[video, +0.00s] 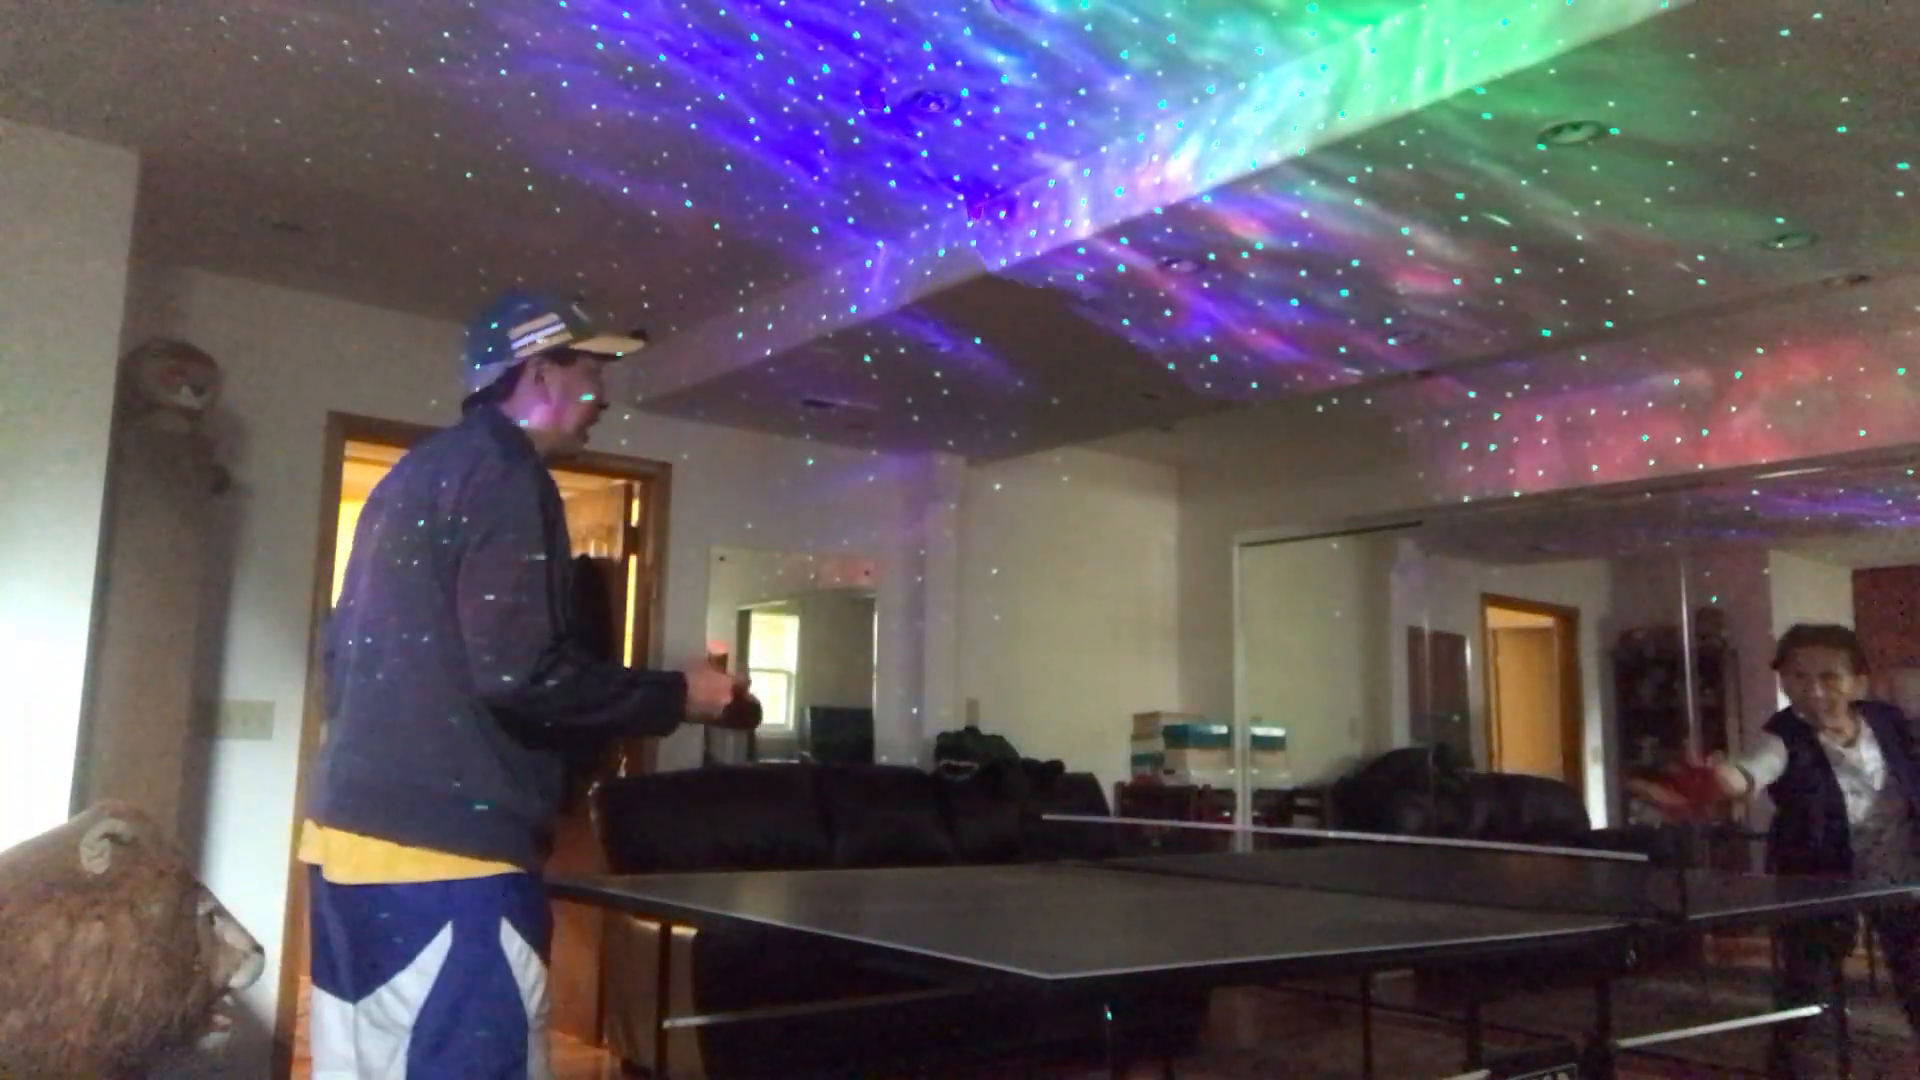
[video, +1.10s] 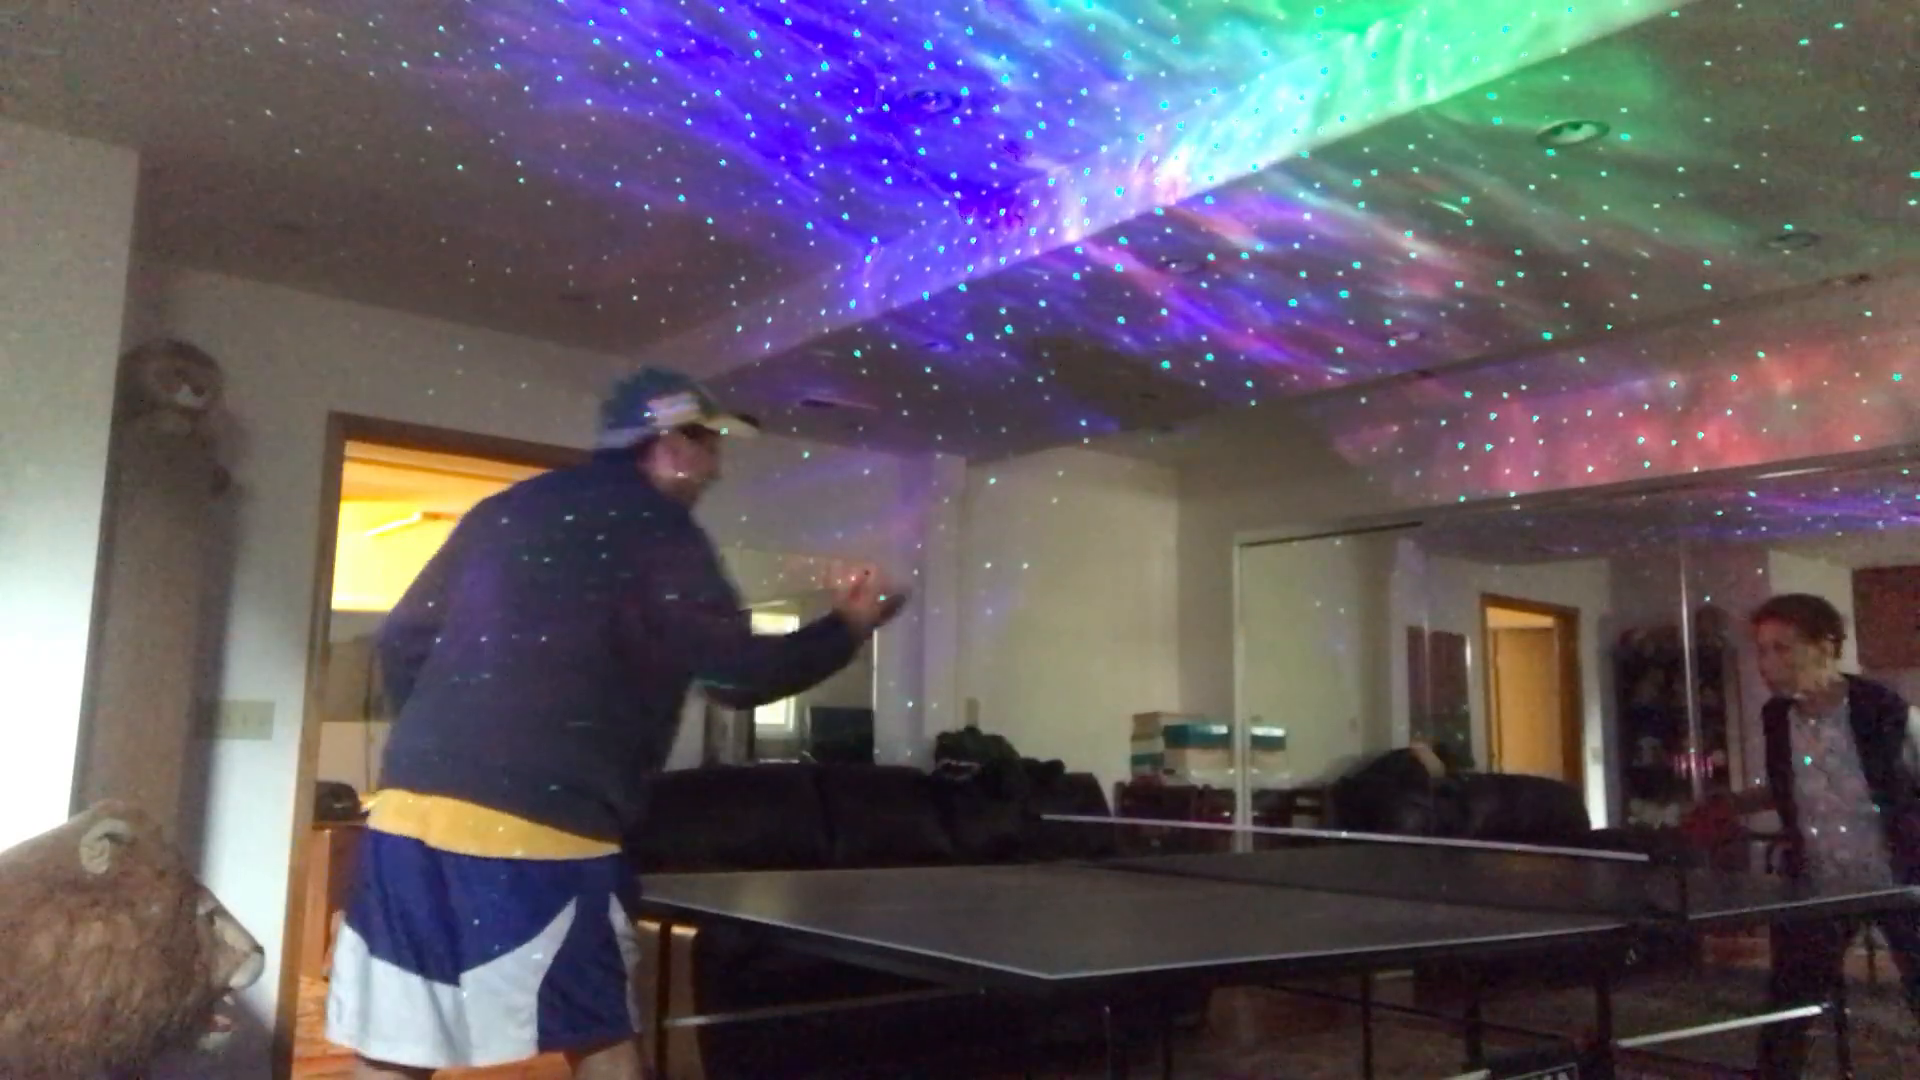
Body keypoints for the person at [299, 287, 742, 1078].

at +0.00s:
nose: (601, 399)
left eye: (600, 378)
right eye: (592, 376)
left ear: (524, 376)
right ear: (539, 374)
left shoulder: (409, 471)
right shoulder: (508, 477)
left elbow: (343, 642)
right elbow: (517, 670)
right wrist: (677, 695)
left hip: (355, 841)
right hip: (453, 853)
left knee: (363, 1061)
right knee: (472, 1061)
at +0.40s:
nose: (663, 461)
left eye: (663, 443)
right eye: (651, 438)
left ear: (590, 437)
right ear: (599, 437)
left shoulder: (444, 505)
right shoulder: (576, 527)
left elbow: (333, 641)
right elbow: (601, 718)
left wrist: (351, 771)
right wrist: (732, 783)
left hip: (317, 823)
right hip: (445, 830)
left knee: (322, 1062)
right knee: (552, 1053)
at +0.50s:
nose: (696, 501)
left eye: (698, 481)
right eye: (690, 478)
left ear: (597, 469)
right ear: (645, 474)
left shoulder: (471, 521)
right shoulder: (626, 564)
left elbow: (343, 636)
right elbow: (673, 748)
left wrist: (349, 775)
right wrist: (785, 808)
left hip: (320, 837)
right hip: (461, 854)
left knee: (298, 1067)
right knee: (536, 1064)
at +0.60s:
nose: (726, 529)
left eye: (730, 509)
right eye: (721, 507)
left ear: (632, 487)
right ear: (678, 496)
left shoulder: (505, 527)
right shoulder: (675, 597)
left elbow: (361, 628)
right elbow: (742, 759)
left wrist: (330, 785)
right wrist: (866, 783)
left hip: (351, 812)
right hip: (498, 840)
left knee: (322, 1062)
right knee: (577, 1052)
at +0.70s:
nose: (748, 524)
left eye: (750, 506)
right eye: (741, 504)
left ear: (655, 484)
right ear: (702, 495)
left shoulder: (526, 516)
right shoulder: (711, 590)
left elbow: (385, 596)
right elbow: (821, 721)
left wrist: (317, 739)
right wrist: (930, 716)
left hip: (383, 806)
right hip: (527, 835)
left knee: (326, 1053)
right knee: (596, 1056)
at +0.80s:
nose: (758, 511)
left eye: (761, 496)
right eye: (754, 495)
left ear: (661, 473)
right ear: (718, 487)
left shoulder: (539, 506)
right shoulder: (732, 578)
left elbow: (404, 571)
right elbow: (841, 670)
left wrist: (328, 710)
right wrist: (955, 618)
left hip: (405, 799)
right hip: (546, 830)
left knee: (374, 1057)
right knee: (606, 1060)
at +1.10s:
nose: (712, 463)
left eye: (715, 445)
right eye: (702, 442)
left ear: (620, 440)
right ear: (660, 444)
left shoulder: (504, 506)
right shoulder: (661, 528)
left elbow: (400, 637)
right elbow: (738, 672)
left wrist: (442, 745)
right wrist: (848, 623)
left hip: (405, 812)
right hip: (538, 826)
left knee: (391, 1058)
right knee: (606, 1055)